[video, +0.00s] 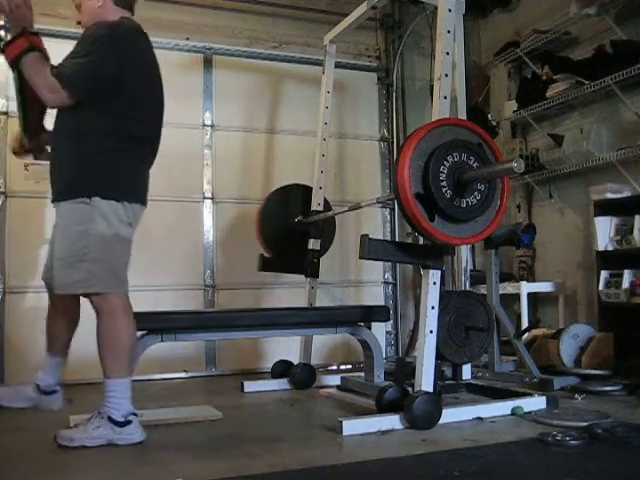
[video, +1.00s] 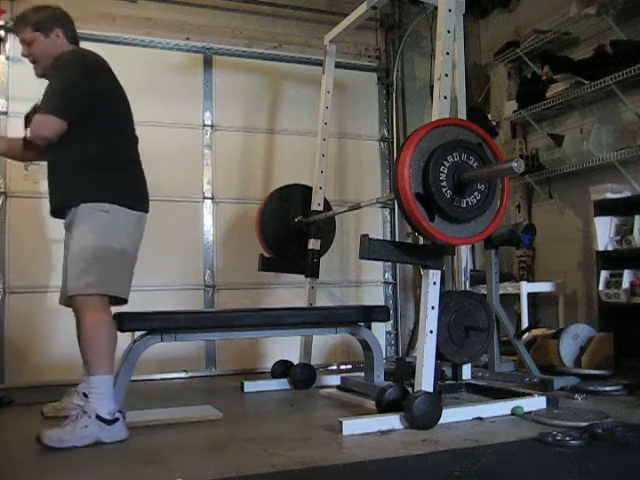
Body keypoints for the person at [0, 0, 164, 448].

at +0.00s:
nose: (76, 11)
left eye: (79, 4)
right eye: (76, 5)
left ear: (101, 1)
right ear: (118, 5)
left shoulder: (113, 36)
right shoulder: (117, 43)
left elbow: (53, 91)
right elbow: (100, 133)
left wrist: (21, 34)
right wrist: (43, 143)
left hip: (102, 189)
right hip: (84, 189)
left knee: (106, 293)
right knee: (63, 285)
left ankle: (119, 416)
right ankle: (47, 386)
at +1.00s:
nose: (26, 54)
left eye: (29, 44)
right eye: (23, 47)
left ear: (56, 36)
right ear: (57, 39)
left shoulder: (76, 64)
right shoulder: (72, 73)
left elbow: (46, 132)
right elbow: (35, 151)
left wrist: (31, 126)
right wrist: (3, 142)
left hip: (106, 201)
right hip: (93, 201)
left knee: (90, 299)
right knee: (85, 299)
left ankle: (104, 414)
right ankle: (96, 397)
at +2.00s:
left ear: (4, 141)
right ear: (6, 141)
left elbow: (52, 178)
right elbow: (28, 219)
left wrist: (51, 255)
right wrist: (29, 268)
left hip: (143, 208)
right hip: (119, 215)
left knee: (92, 294)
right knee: (73, 293)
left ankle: (106, 415)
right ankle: (84, 395)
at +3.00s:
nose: (88, 161)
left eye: (90, 153)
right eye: (85, 155)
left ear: (109, 142)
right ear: (112, 143)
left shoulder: (141, 170)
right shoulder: (127, 173)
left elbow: (80, 220)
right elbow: (75, 229)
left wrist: (31, 229)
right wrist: (28, 228)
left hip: (173, 280)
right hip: (150, 278)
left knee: (81, 296)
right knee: (68, 295)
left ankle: (104, 416)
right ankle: (81, 394)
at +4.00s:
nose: (138, 140)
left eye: (145, 132)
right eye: (138, 133)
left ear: (171, 134)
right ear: (168, 136)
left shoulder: (180, 163)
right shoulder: (164, 170)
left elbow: (115, 188)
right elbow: (125, 217)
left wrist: (109, 186)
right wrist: (93, 189)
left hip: (178, 280)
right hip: (153, 277)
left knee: (87, 293)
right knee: (66, 297)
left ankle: (105, 416)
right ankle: (82, 393)